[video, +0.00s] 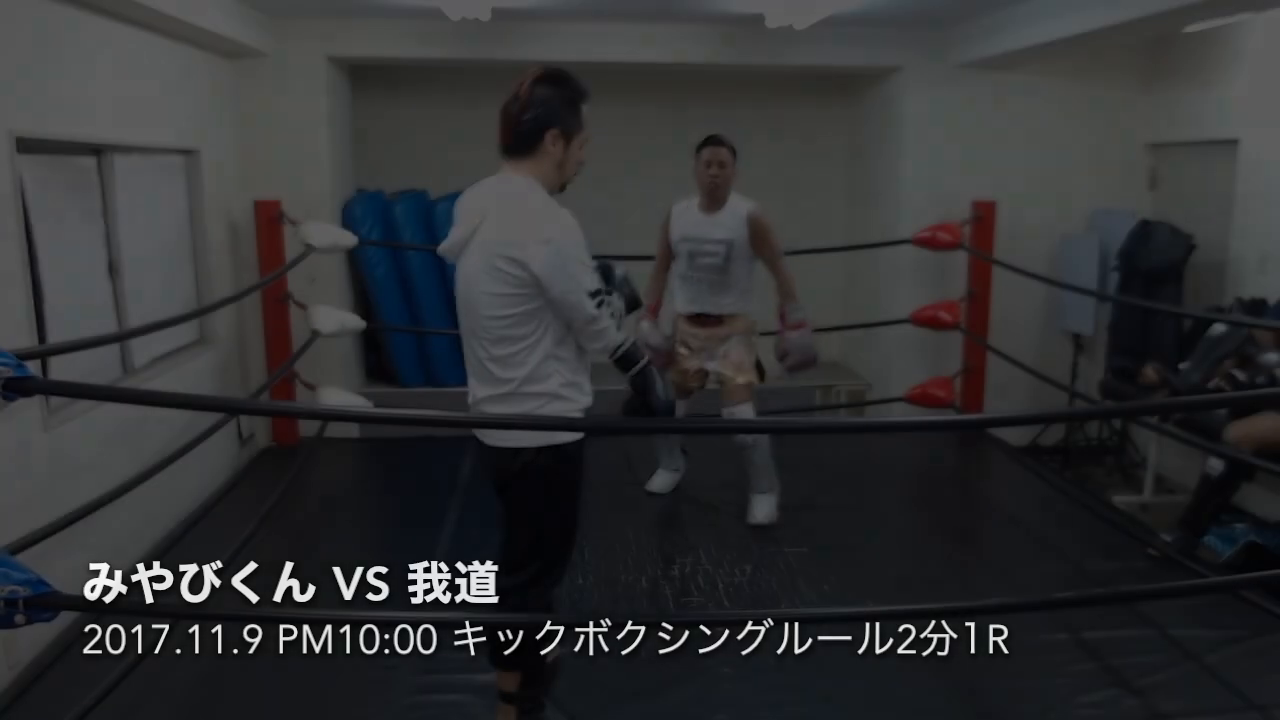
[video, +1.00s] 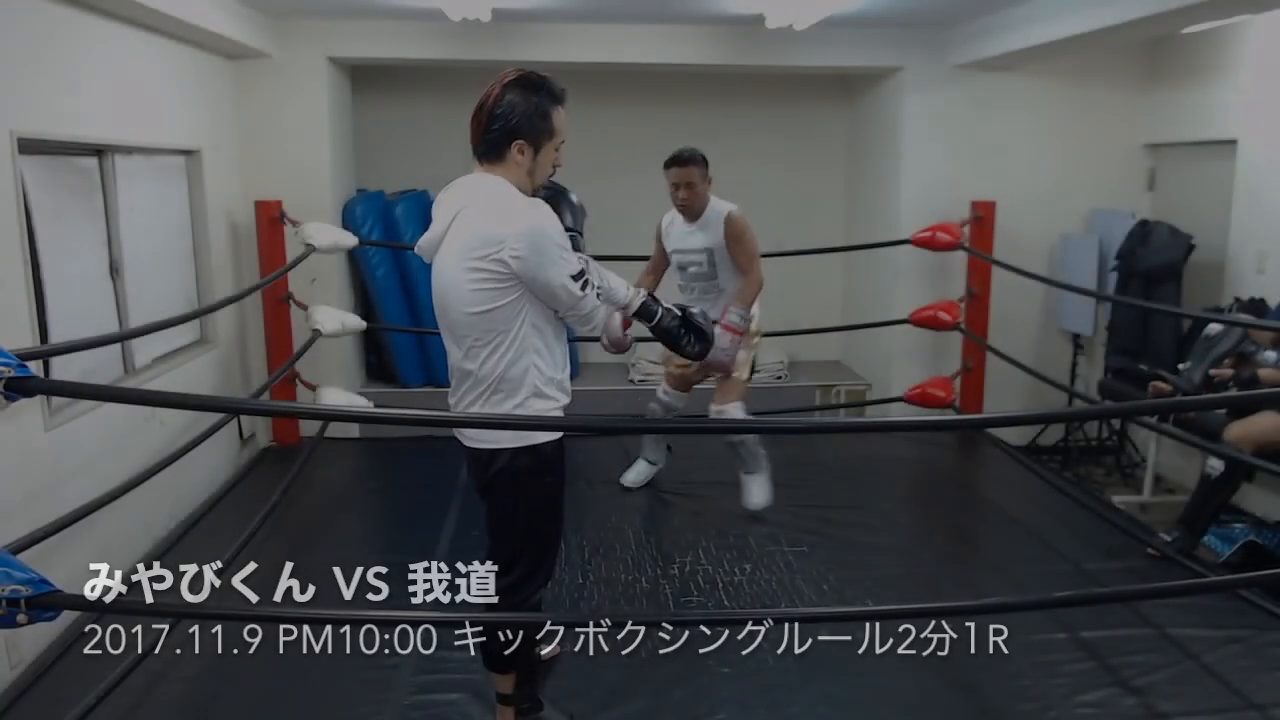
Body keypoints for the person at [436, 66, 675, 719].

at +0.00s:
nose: (584, 155)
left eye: (584, 142)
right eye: (581, 142)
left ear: (524, 135)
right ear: (556, 141)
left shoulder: (478, 202)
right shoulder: (546, 222)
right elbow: (593, 319)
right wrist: (643, 372)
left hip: (496, 415)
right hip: (543, 426)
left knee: (524, 555)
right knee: (541, 564)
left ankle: (516, 674)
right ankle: (518, 697)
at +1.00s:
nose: (560, 160)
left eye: (562, 147)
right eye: (556, 146)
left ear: (497, 141)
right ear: (524, 146)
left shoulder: (463, 199)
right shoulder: (525, 220)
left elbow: (572, 265)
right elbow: (585, 312)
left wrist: (650, 311)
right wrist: (616, 332)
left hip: (484, 418)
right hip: (520, 427)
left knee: (517, 557)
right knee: (519, 575)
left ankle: (521, 656)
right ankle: (512, 706)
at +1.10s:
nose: (556, 161)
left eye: (558, 149)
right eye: (553, 147)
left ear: (495, 141)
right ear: (521, 146)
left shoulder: (457, 200)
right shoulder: (519, 223)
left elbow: (567, 263)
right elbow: (574, 322)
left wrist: (642, 309)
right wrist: (567, 250)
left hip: (481, 417)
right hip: (520, 426)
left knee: (511, 560)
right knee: (522, 573)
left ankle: (511, 677)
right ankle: (513, 705)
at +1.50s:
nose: (541, 162)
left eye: (544, 149)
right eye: (537, 148)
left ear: (485, 142)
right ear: (505, 144)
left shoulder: (445, 195)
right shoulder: (502, 213)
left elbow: (423, 248)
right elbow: (550, 311)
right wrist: (565, 264)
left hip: (453, 405)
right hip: (492, 412)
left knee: (487, 537)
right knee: (512, 555)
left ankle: (487, 654)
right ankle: (512, 703)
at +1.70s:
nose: (536, 167)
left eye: (539, 155)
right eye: (534, 153)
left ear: (486, 143)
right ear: (503, 145)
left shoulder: (451, 192)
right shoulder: (484, 205)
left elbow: (542, 270)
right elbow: (539, 303)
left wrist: (618, 323)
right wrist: (534, 254)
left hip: (446, 407)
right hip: (468, 412)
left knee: (479, 533)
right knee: (488, 544)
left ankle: (494, 642)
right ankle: (490, 676)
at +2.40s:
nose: (484, 155)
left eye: (483, 141)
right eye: (481, 142)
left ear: (423, 141)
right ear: (459, 145)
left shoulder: (389, 198)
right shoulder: (426, 218)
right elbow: (400, 339)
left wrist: (468, 347)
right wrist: (474, 362)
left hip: (414, 415)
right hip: (405, 428)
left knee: (463, 523)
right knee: (394, 575)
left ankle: (469, 643)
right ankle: (376, 705)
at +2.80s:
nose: (487, 171)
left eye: (489, 160)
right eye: (488, 160)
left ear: (423, 153)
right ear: (473, 158)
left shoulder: (382, 213)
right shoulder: (455, 242)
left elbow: (395, 318)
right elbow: (466, 364)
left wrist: (479, 316)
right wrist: (513, 335)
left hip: (385, 418)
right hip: (432, 427)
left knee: (443, 521)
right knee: (422, 561)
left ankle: (449, 616)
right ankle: (383, 701)